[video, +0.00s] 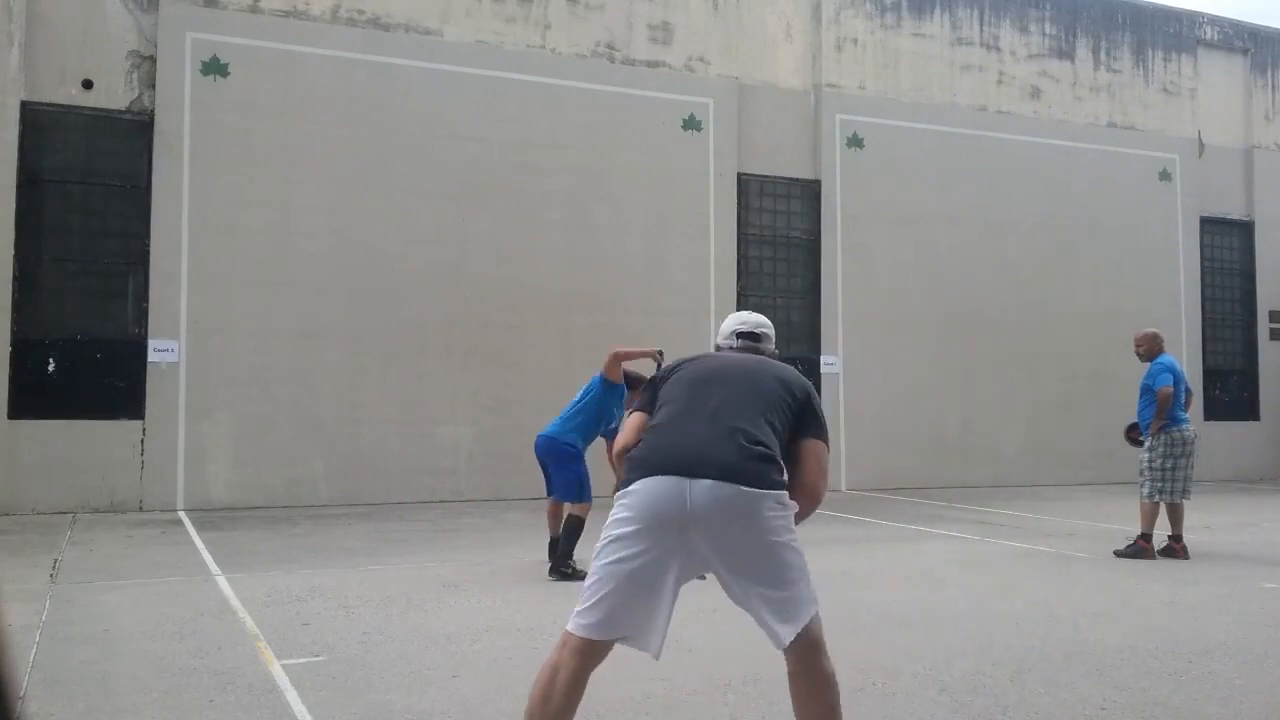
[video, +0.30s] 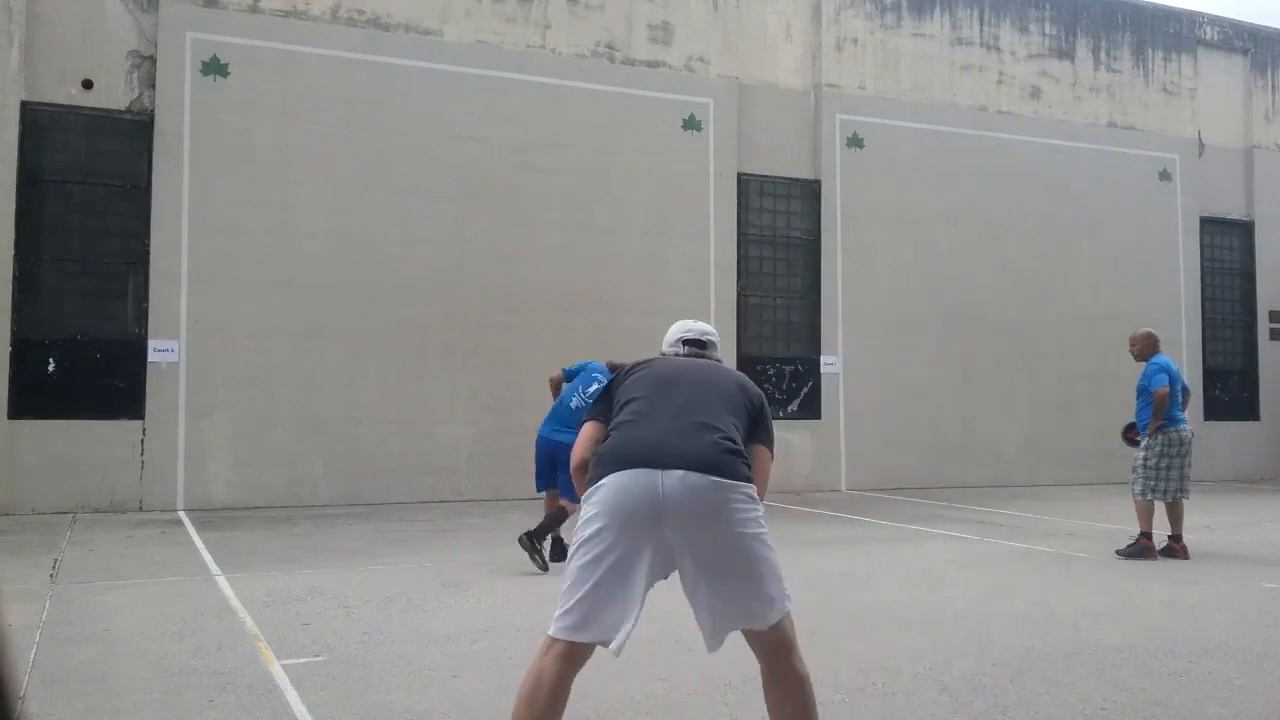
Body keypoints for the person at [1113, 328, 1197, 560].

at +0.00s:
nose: (1136, 351)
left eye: (1140, 346)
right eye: (1135, 347)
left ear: (1157, 345)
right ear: (1158, 347)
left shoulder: (1160, 365)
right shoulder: (1172, 363)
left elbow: (1166, 392)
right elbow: (1188, 393)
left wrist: (1156, 422)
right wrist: (1177, 419)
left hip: (1163, 435)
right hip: (1181, 432)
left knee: (1150, 489)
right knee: (1173, 491)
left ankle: (1144, 543)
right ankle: (1176, 543)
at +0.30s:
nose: (1130, 350)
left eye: (1134, 345)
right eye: (1130, 346)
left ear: (1150, 344)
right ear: (1152, 346)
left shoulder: (1155, 366)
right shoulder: (1169, 363)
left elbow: (1161, 392)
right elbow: (1186, 392)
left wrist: (1154, 422)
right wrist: (1175, 417)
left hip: (1160, 435)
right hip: (1179, 432)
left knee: (1141, 485)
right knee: (1172, 489)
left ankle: (1145, 541)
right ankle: (1176, 543)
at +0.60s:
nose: (1116, 351)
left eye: (1119, 346)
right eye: (1116, 347)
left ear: (1134, 347)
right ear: (1136, 347)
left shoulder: (1142, 367)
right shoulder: (1152, 364)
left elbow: (1156, 391)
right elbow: (1169, 390)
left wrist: (1146, 420)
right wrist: (1157, 416)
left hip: (1154, 434)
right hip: (1170, 432)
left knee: (1139, 488)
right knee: (1167, 489)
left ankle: (1138, 543)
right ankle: (1175, 543)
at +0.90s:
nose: (1115, 349)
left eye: (1119, 343)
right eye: (1110, 345)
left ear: (1129, 344)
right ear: (1106, 348)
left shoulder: (1140, 366)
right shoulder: (1111, 370)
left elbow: (1152, 396)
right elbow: (1118, 406)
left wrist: (1125, 414)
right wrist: (1116, 435)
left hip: (1147, 434)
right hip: (1132, 436)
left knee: (1136, 491)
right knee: (1152, 490)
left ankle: (1135, 547)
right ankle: (1169, 540)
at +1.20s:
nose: (1111, 350)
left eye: (1116, 346)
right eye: (1107, 346)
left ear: (1129, 348)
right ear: (1104, 349)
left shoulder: (1134, 369)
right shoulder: (1112, 376)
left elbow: (1138, 401)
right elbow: (1111, 413)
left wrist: (1107, 415)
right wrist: (1100, 440)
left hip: (1138, 439)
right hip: (1133, 440)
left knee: (1109, 490)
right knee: (1138, 491)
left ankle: (1132, 542)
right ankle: (1155, 544)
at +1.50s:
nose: (1070, 362)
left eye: (1073, 358)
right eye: (1071, 358)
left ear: (1083, 361)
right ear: (1091, 361)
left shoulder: (1088, 385)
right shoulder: (1106, 378)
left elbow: (1084, 426)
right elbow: (1108, 421)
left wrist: (1068, 445)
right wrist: (1086, 445)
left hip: (1118, 449)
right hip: (1138, 444)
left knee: (1084, 497)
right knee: (1131, 494)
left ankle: (1095, 552)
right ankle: (1151, 544)